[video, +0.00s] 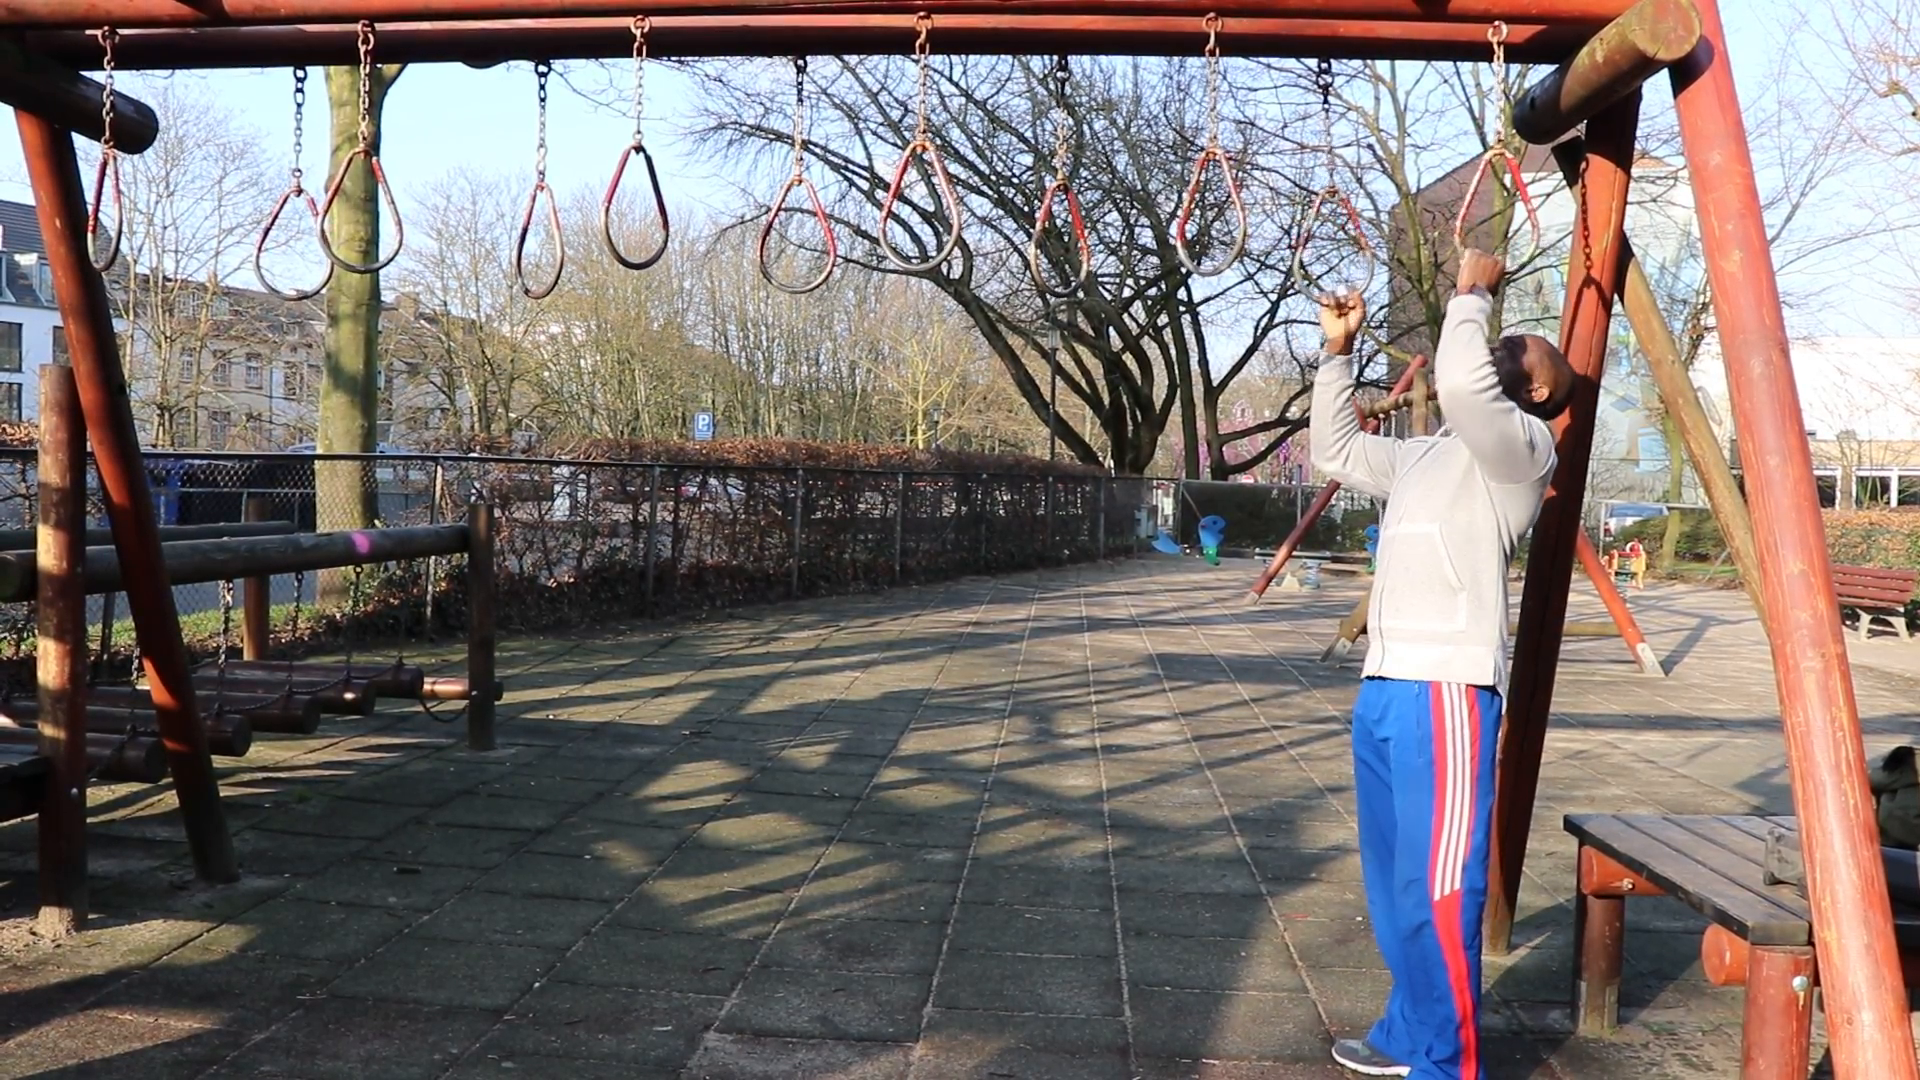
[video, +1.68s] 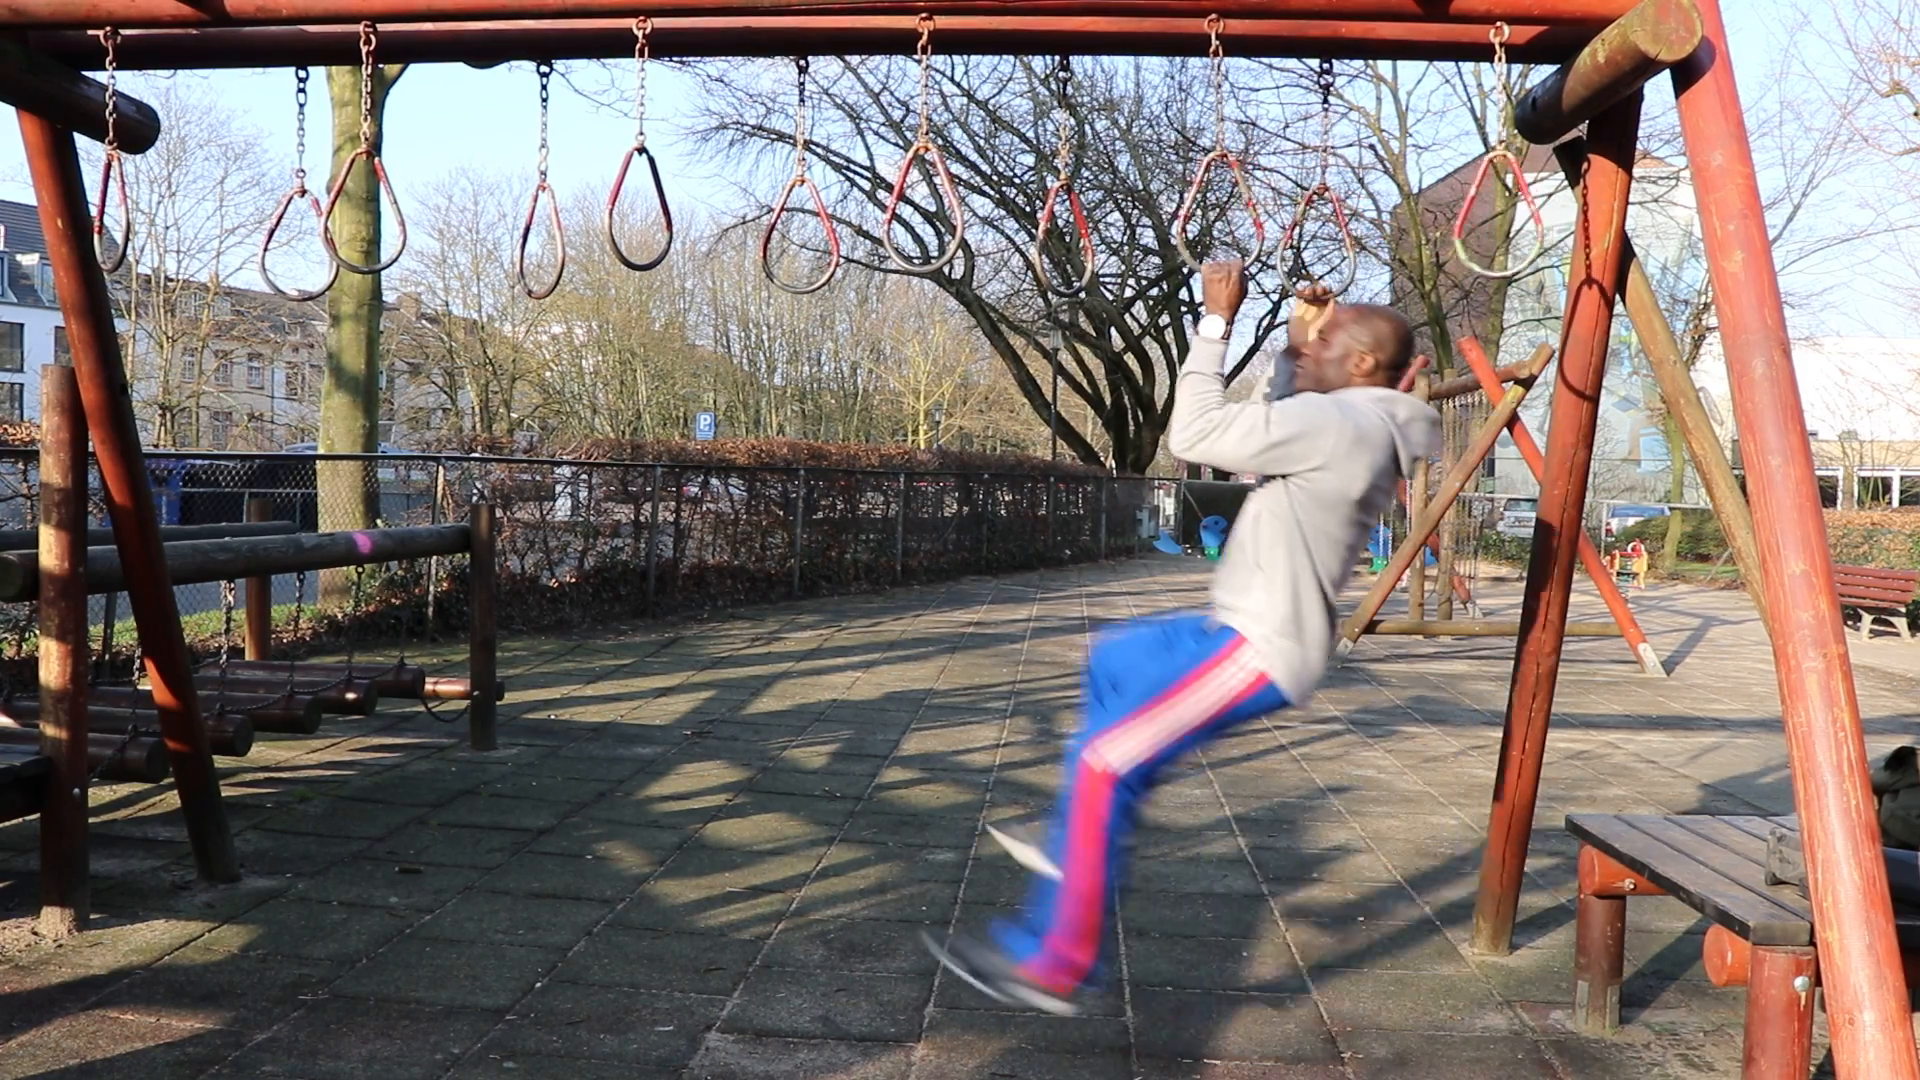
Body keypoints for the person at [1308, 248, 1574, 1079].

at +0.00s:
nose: (1502, 349)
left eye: (1524, 351)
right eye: (1507, 343)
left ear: (1542, 403)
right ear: (1484, 368)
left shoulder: (1523, 448)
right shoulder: (1422, 451)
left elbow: (1460, 381)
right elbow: (1335, 447)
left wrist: (1472, 293)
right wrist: (1338, 351)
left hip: (1449, 693)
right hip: (1386, 690)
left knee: (1440, 888)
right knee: (1394, 882)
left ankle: (1447, 1061)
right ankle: (1410, 1035)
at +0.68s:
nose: (1462, 356)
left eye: (1484, 348)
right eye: (1467, 345)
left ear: (1523, 378)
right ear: (1492, 372)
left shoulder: (1512, 439)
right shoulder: (1457, 429)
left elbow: (1396, 447)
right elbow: (1348, 453)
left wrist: (1410, 325)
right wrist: (1362, 343)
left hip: (1462, 688)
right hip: (1408, 683)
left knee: (1441, 886)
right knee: (1401, 877)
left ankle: (1448, 1059)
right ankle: (1412, 1034)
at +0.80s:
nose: (1453, 347)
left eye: (1475, 342)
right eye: (1458, 337)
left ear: (1513, 376)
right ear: (1462, 368)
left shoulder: (1498, 437)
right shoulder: (1447, 430)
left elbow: (1379, 430)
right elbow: (1341, 455)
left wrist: (1312, 327)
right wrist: (1362, 344)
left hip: (1460, 691)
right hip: (1410, 684)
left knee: (1441, 882)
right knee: (1399, 871)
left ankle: (1450, 1059)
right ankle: (1410, 1034)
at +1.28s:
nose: (1402, 359)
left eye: (1421, 349)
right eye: (1409, 347)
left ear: (1466, 376)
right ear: (1460, 376)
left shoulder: (1454, 436)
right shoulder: (1427, 432)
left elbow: (1317, 427)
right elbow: (1323, 442)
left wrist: (1294, 309)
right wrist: (1343, 343)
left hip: (1407, 674)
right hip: (1367, 666)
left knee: (1356, 868)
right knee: (1316, 836)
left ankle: (1411, 1053)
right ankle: (1386, 1010)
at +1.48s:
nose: (1360, 369)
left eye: (1380, 358)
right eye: (1370, 357)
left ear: (1420, 383)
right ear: (1419, 383)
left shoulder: (1400, 444)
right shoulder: (1395, 437)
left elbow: (1254, 436)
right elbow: (1291, 439)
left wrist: (1248, 318)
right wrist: (1322, 344)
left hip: (1340, 676)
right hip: (1314, 663)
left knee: (1236, 850)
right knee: (1217, 802)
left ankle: (1280, 1043)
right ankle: (1290, 992)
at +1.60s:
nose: (1328, 360)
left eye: (1348, 352)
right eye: (1335, 347)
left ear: (1388, 377)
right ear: (1386, 377)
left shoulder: (1366, 439)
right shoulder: (1369, 434)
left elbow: (1215, 435)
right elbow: (1273, 430)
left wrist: (1223, 317)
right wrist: (1306, 343)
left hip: (1298, 667)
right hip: (1280, 650)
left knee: (1148, 804)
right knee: (1152, 719)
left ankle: (1165, 1010)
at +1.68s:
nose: (1304, 349)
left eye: (1323, 340)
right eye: (1311, 337)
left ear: (1364, 364)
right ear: (1367, 368)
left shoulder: (1344, 423)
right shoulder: (1354, 423)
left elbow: (1198, 432)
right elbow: (1240, 437)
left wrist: (1215, 320)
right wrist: (1292, 350)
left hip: (1267, 647)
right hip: (1249, 626)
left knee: (1103, 762)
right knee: (1112, 658)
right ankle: (1076, 841)